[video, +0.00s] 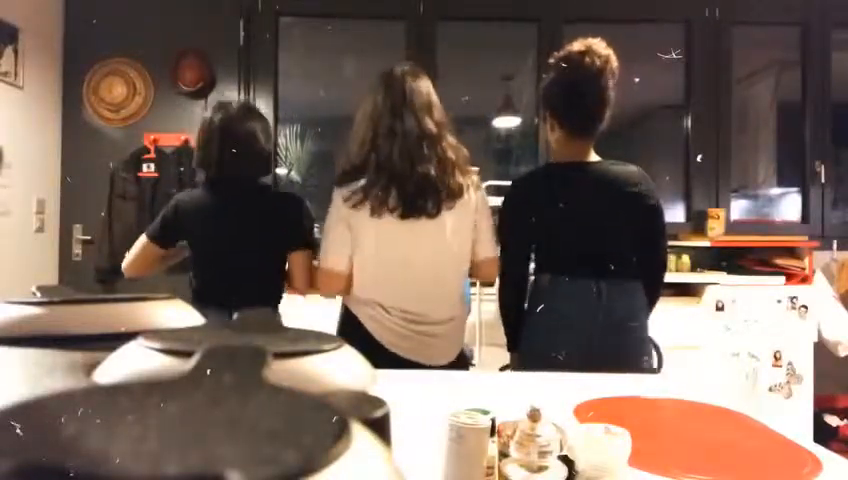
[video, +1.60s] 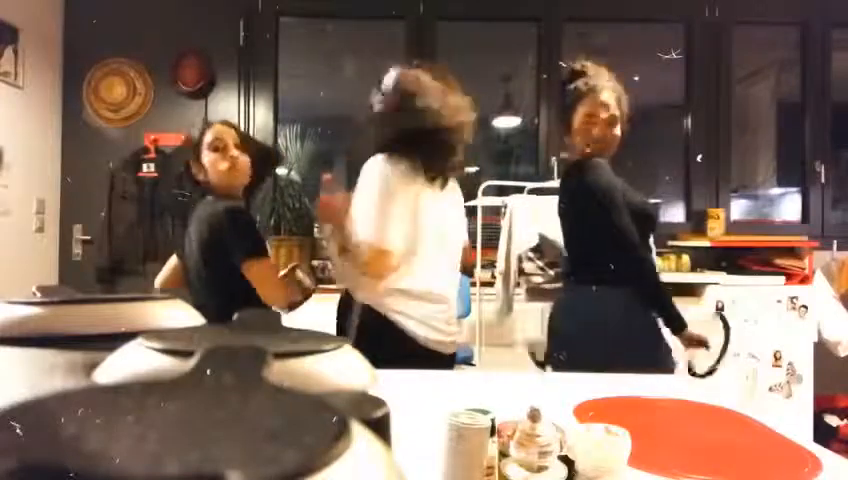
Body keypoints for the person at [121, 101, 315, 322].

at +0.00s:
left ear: (206, 151)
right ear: (265, 152)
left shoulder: (187, 205)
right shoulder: (288, 206)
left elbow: (132, 267)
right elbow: (301, 283)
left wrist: (185, 249)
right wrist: (273, 263)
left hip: (206, 339)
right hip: (266, 339)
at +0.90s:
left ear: (188, 160)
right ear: (248, 159)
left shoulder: (176, 215)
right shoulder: (274, 212)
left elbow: (117, 284)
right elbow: (301, 284)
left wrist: (168, 263)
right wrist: (272, 265)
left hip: (196, 347)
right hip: (260, 347)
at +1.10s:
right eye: (247, 151)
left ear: (192, 166)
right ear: (246, 162)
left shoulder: (182, 222)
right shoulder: (273, 212)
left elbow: (135, 289)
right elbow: (297, 289)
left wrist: (172, 278)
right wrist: (266, 279)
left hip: (204, 345)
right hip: (263, 342)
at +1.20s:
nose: (250, 143)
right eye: (245, 137)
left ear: (184, 156)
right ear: (237, 150)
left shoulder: (177, 214)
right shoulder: (263, 207)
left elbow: (131, 283)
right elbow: (292, 284)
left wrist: (183, 266)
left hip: (198, 340)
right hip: (257, 341)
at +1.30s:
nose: (240, 145)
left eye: (237, 137)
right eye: (229, 138)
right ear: (201, 150)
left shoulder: (185, 209)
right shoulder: (240, 204)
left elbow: (133, 274)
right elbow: (286, 288)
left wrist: (180, 252)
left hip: (206, 334)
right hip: (251, 335)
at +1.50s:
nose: (229, 137)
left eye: (236, 130)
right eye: (214, 131)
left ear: (249, 143)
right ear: (195, 153)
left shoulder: (197, 199)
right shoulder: (232, 200)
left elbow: (160, 267)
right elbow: (279, 285)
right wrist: (292, 269)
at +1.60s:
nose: (233, 154)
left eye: (239, 147)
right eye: (217, 148)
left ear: (250, 163)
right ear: (198, 170)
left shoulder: (203, 213)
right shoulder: (232, 216)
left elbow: (165, 282)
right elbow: (278, 297)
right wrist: (297, 280)